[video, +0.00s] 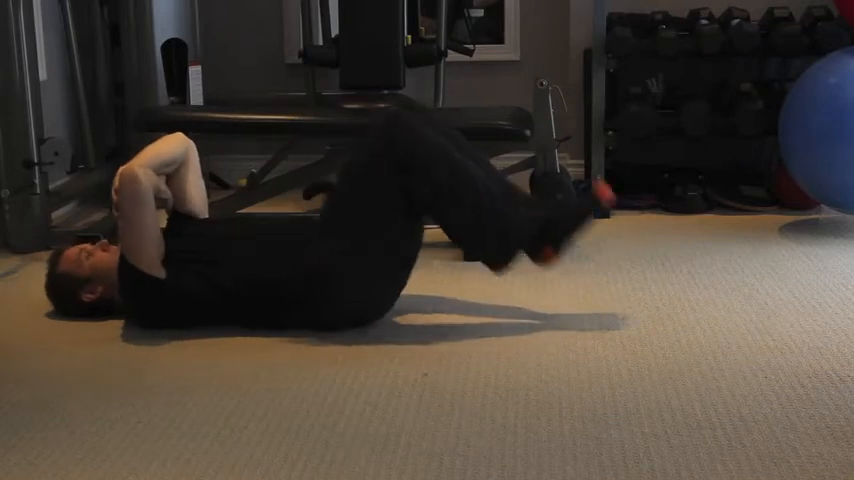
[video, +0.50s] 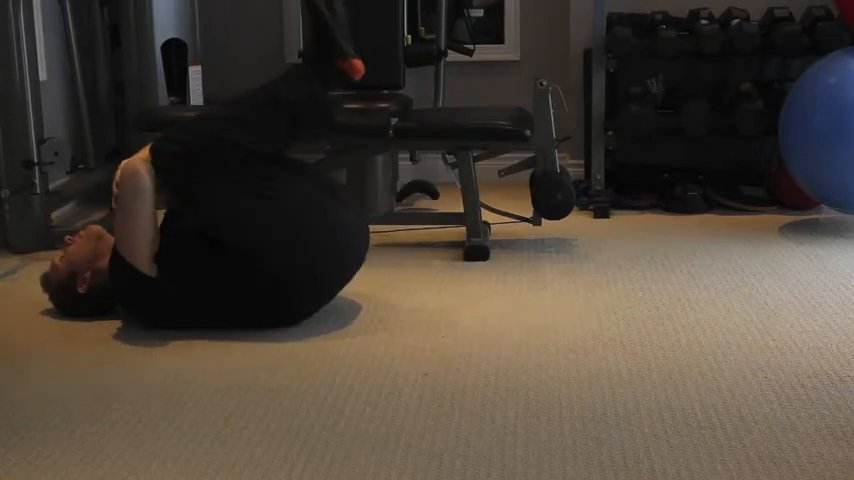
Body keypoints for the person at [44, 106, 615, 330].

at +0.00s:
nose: (98, 251)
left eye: (91, 249)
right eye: (87, 261)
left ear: (111, 253)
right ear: (95, 295)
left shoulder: (177, 250)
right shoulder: (151, 297)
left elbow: (182, 152)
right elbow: (134, 173)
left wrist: (152, 223)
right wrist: (149, 221)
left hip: (347, 256)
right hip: (340, 286)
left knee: (404, 122)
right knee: (397, 134)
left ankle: (505, 229)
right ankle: (531, 230)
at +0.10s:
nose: (87, 242)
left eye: (78, 246)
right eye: (77, 257)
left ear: (100, 251)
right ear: (90, 288)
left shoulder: (177, 248)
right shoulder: (143, 297)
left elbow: (179, 153)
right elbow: (129, 178)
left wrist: (140, 203)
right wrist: (148, 201)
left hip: (347, 266)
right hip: (327, 287)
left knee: (357, 122)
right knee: (342, 126)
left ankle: (519, 174)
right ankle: (511, 186)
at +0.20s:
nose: (78, 236)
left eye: (68, 240)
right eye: (68, 250)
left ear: (89, 245)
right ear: (84, 284)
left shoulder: (175, 249)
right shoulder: (135, 294)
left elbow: (182, 148)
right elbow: (128, 180)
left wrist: (130, 190)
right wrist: (130, 227)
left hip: (336, 266)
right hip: (311, 287)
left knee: (296, 116)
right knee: (283, 125)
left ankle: (452, 128)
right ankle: (453, 135)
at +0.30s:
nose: (76, 234)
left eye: (64, 240)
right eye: (69, 247)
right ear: (86, 278)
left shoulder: (173, 250)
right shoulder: (131, 293)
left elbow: (186, 149)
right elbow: (128, 178)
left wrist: (125, 176)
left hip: (344, 256)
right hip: (306, 276)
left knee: (234, 135)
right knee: (232, 137)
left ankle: (398, 98)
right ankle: (388, 118)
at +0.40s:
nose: (79, 232)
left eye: (65, 239)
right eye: (66, 248)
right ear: (86, 281)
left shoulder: (170, 256)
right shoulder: (133, 288)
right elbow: (126, 175)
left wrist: (145, 170)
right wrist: (171, 149)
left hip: (342, 240)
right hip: (308, 258)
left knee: (209, 150)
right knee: (195, 142)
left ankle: (354, 85)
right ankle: (350, 88)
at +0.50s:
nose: (74, 232)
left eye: (64, 241)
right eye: (66, 248)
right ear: (88, 280)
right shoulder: (135, 289)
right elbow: (134, 172)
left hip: (339, 237)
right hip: (303, 257)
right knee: (173, 155)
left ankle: (320, 72)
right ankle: (316, 73)